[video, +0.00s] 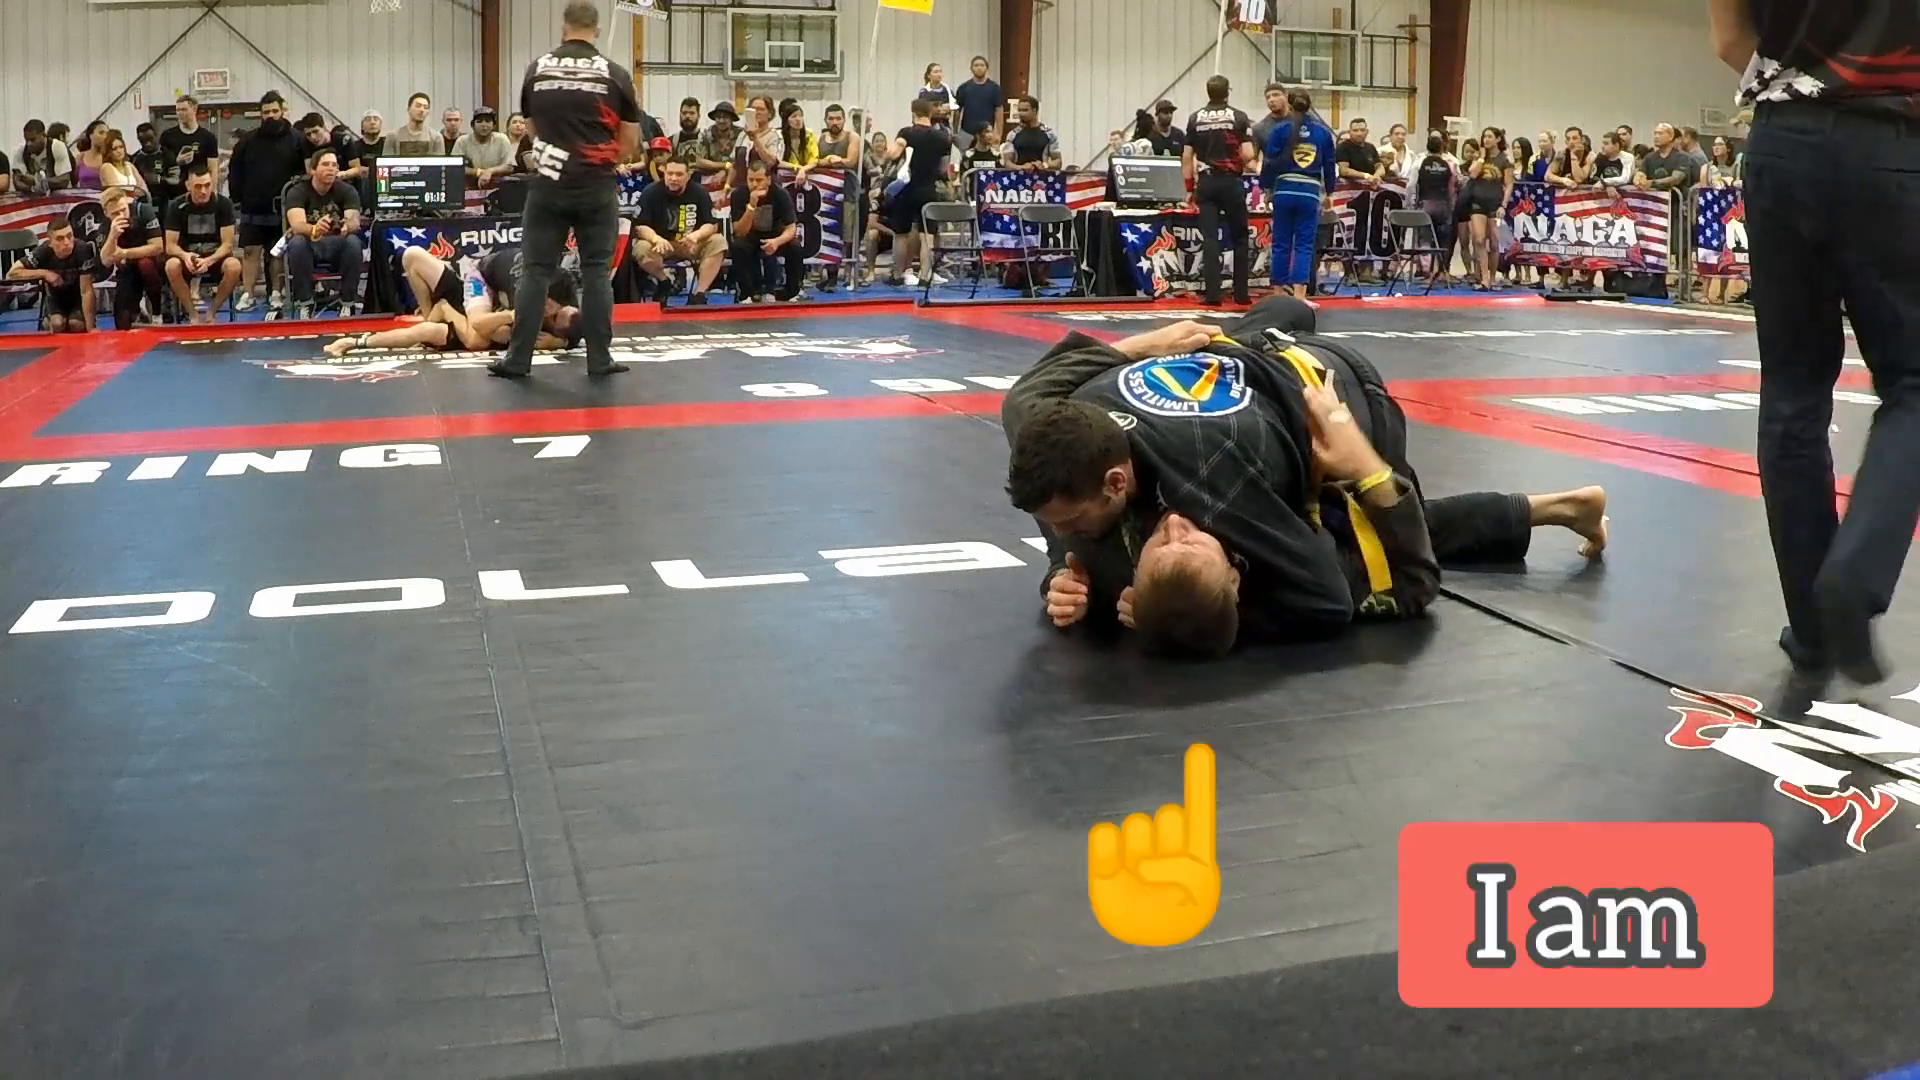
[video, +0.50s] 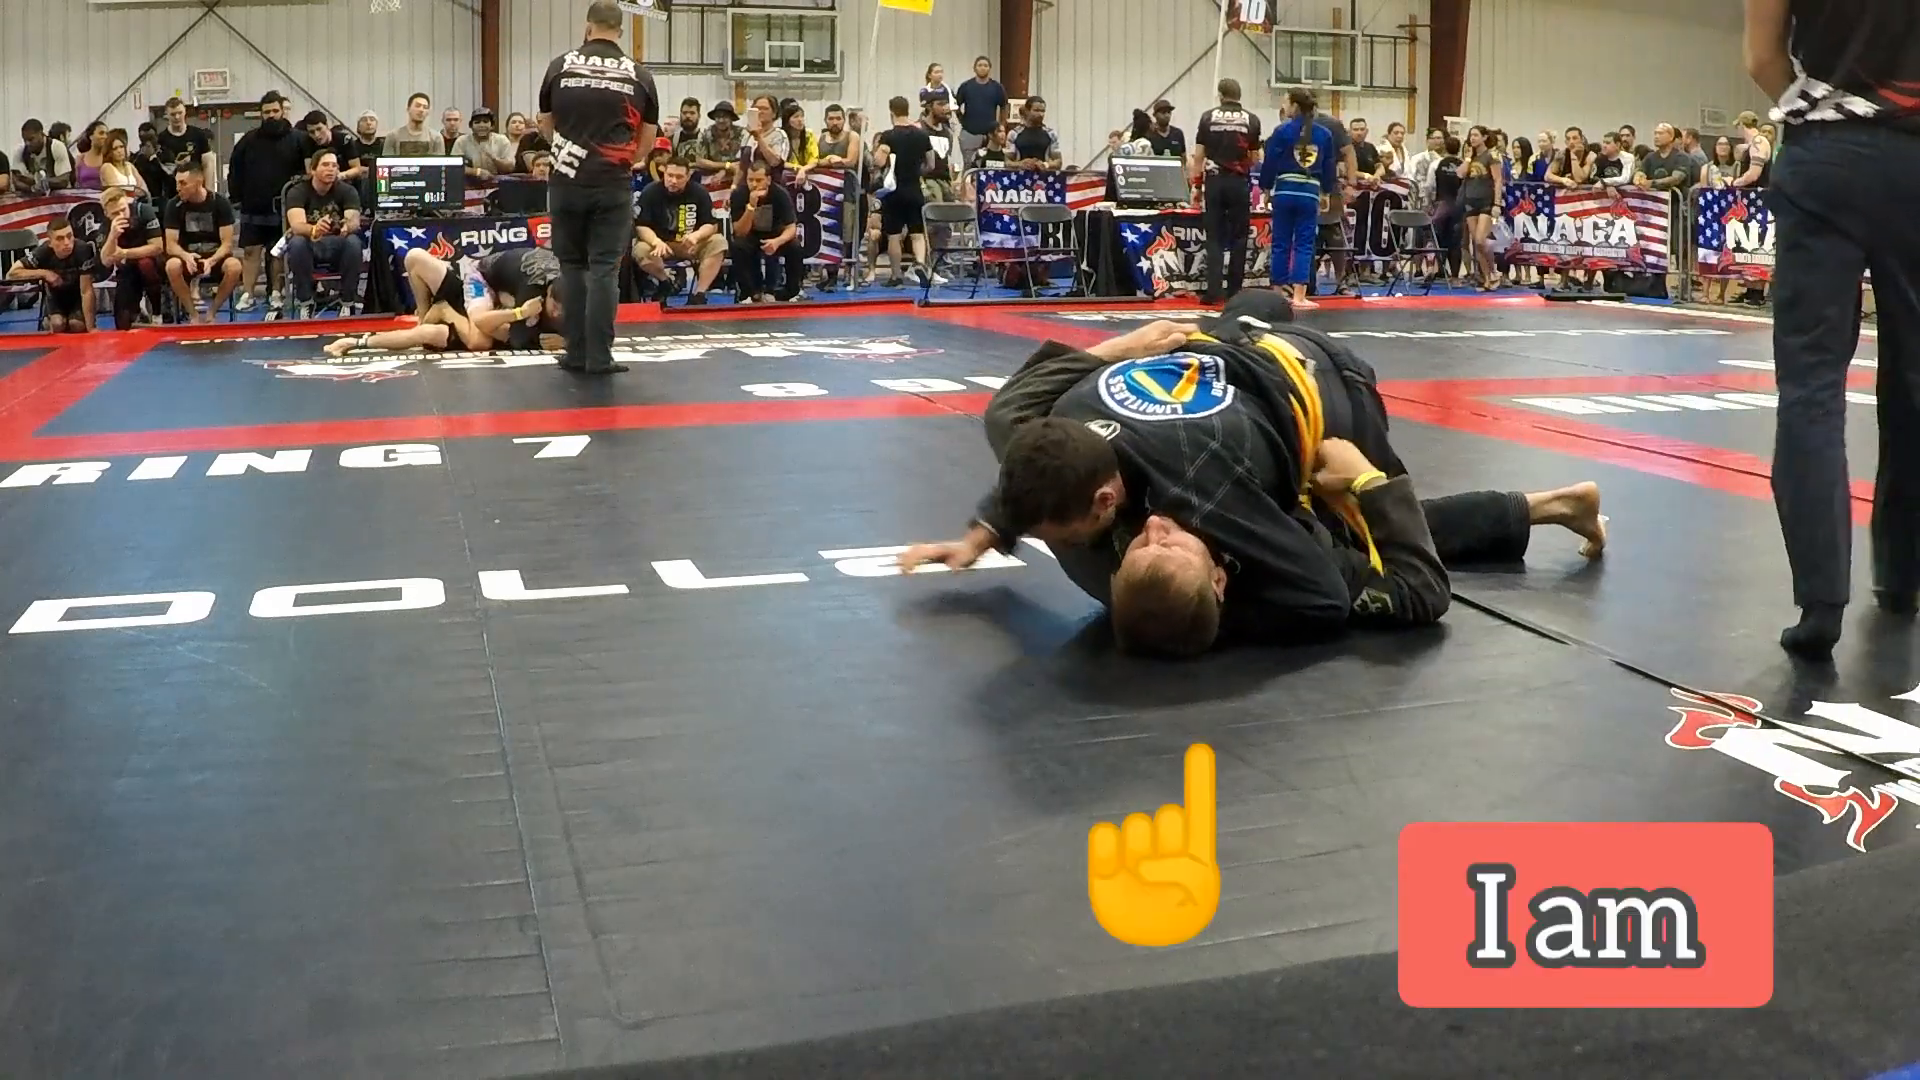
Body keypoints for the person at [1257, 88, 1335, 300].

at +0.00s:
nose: (1283, 105)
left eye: (1286, 102)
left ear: (1290, 105)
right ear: (1308, 106)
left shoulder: (1280, 130)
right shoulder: (1322, 131)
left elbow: (1270, 161)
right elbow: (1329, 165)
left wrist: (1266, 188)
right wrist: (1329, 192)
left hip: (1284, 191)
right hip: (1310, 193)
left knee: (1281, 242)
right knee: (1304, 243)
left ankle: (1278, 291)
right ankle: (1300, 294)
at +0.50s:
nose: (1284, 107)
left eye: (1286, 103)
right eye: (1285, 103)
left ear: (1295, 106)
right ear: (1309, 107)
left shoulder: (1282, 130)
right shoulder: (1324, 134)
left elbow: (1270, 161)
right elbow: (1329, 167)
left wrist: (1265, 186)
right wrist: (1326, 191)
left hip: (1284, 191)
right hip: (1310, 194)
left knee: (1280, 242)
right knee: (1305, 244)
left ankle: (1278, 292)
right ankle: (1299, 296)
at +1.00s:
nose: (1283, 108)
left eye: (1286, 104)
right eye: (1284, 104)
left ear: (1295, 106)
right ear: (1306, 107)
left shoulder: (1283, 131)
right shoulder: (1322, 134)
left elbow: (1272, 161)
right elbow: (1326, 166)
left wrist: (1266, 186)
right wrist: (1322, 191)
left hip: (1284, 190)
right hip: (1310, 193)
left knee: (1281, 242)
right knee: (1305, 243)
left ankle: (1278, 292)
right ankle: (1299, 295)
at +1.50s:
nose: (1284, 109)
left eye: (1286, 105)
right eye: (1285, 104)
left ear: (1292, 106)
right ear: (1307, 106)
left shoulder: (1282, 131)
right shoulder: (1323, 134)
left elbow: (1271, 162)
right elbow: (1328, 167)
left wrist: (1266, 187)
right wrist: (1326, 190)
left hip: (1284, 191)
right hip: (1310, 193)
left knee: (1281, 242)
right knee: (1305, 243)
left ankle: (1278, 293)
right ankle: (1299, 296)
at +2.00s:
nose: (1285, 108)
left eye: (1287, 105)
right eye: (1286, 105)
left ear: (1292, 106)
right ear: (1311, 106)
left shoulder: (1282, 130)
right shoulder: (1325, 134)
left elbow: (1270, 161)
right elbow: (1330, 166)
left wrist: (1266, 188)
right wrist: (1328, 191)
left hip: (1284, 191)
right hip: (1311, 194)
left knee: (1281, 242)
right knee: (1305, 244)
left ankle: (1278, 293)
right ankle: (1299, 296)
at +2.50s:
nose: (1286, 108)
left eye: (1288, 104)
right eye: (1287, 104)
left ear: (1293, 106)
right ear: (1312, 106)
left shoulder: (1282, 131)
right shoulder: (1326, 134)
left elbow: (1272, 162)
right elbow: (1331, 167)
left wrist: (1267, 188)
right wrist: (1329, 192)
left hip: (1285, 192)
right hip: (1312, 194)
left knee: (1282, 242)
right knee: (1306, 244)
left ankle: (1278, 294)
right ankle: (1299, 296)